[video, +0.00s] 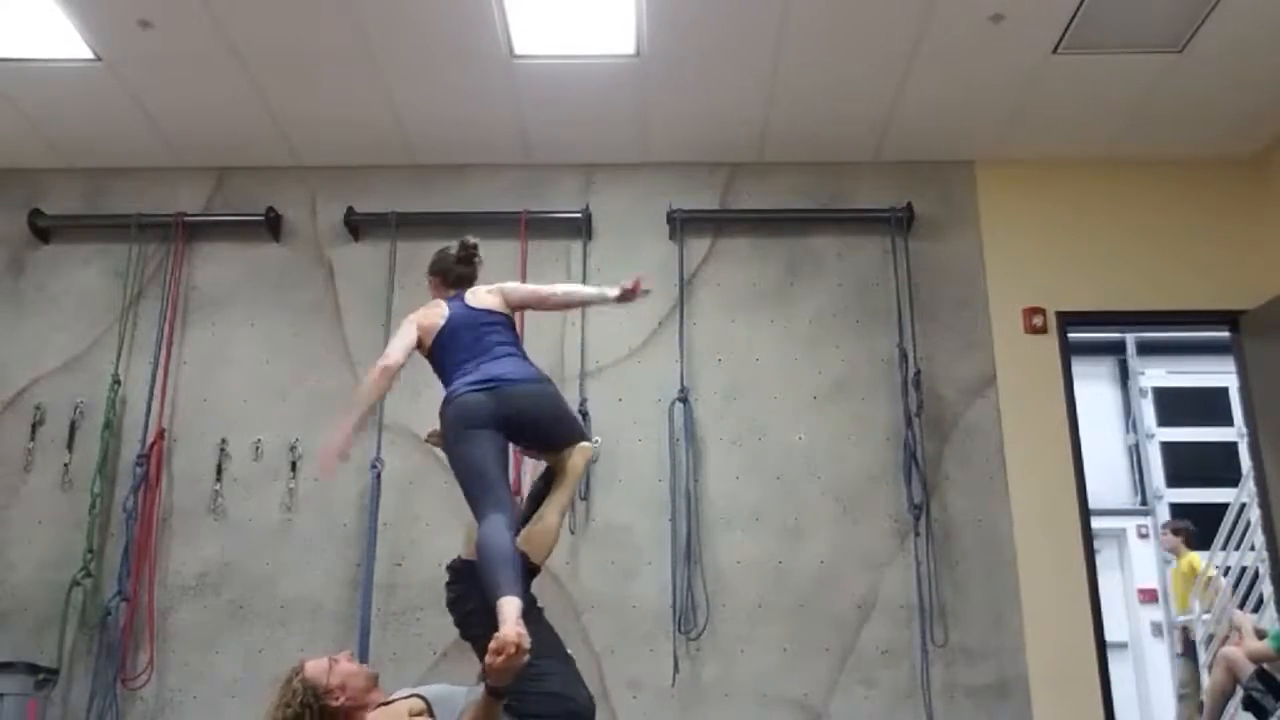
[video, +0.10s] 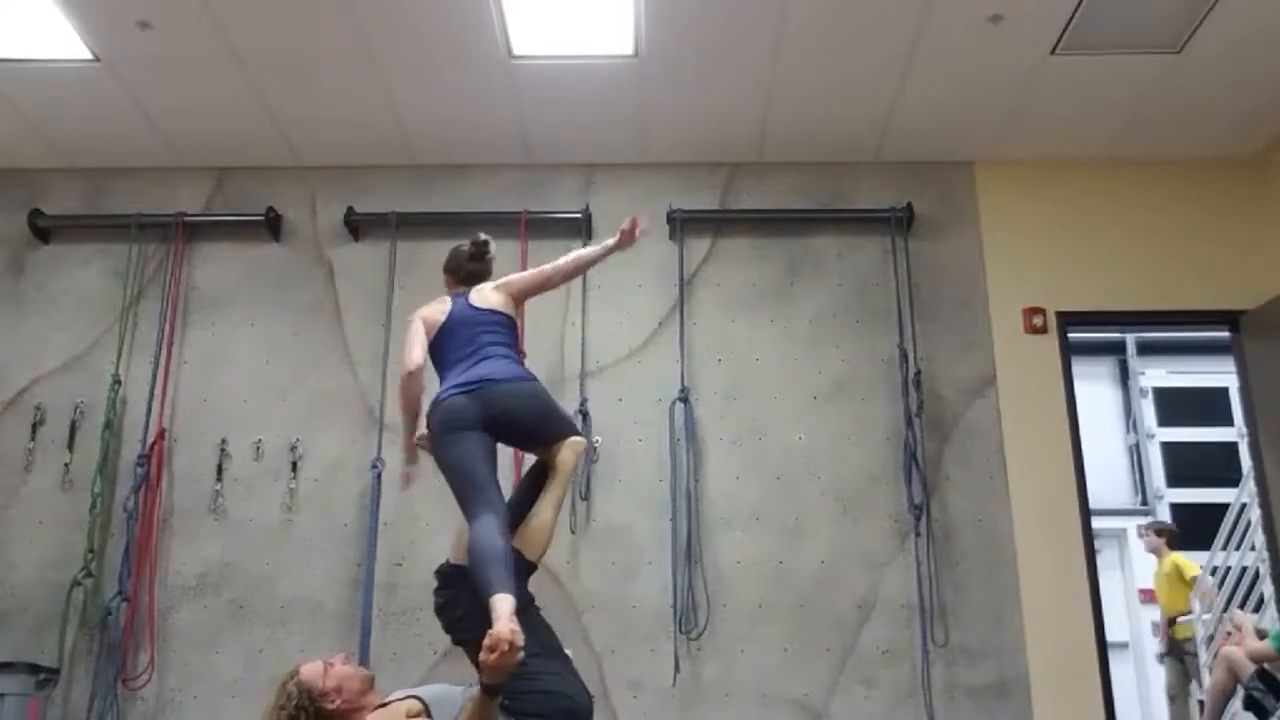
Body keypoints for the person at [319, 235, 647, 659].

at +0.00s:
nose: (429, 290)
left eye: (430, 284)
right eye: (432, 283)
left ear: (435, 284)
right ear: (469, 278)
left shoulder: (421, 319)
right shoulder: (498, 294)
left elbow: (387, 367)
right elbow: (555, 295)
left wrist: (346, 430)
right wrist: (614, 294)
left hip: (466, 407)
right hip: (530, 394)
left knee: (493, 513)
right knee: (572, 454)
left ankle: (510, 624)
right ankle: (522, 529)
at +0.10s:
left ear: (448, 281)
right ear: (486, 276)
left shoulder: (427, 314)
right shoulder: (503, 289)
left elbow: (411, 369)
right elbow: (564, 268)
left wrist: (410, 438)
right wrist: (615, 244)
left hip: (453, 408)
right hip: (512, 391)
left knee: (485, 514)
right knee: (565, 447)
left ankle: (504, 621)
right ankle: (508, 532)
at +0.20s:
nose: (508, 272)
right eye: (506, 267)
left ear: (464, 275)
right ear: (501, 271)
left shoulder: (433, 307)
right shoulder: (510, 286)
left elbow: (409, 359)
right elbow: (577, 266)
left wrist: (420, 426)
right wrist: (638, 238)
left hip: (438, 410)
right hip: (496, 394)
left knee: (467, 515)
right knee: (557, 436)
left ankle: (479, 621)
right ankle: (509, 523)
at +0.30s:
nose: (523, 264)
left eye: (519, 260)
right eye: (521, 259)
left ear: (474, 263)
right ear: (513, 263)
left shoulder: (440, 295)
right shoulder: (522, 284)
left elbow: (407, 350)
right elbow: (601, 275)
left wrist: (398, 423)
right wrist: (675, 261)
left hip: (436, 408)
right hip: (502, 399)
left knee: (469, 516)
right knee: (527, 450)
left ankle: (489, 615)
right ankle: (499, 527)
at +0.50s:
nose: (544, 273)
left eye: (532, 263)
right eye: (545, 266)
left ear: (502, 260)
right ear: (543, 266)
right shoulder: (544, 289)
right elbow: (625, 311)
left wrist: (357, 387)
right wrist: (693, 325)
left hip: (412, 395)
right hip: (478, 396)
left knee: (435, 515)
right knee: (502, 446)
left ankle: (442, 593)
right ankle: (471, 525)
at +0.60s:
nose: (554, 274)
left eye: (551, 268)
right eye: (554, 269)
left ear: (510, 261)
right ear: (549, 266)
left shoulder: (469, 284)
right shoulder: (550, 289)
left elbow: (403, 330)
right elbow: (631, 310)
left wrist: (387, 383)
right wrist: (704, 324)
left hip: (408, 397)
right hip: (474, 395)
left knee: (435, 522)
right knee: (507, 445)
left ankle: (439, 588)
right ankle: (473, 526)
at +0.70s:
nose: (557, 272)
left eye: (552, 265)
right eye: (558, 266)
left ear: (514, 259)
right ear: (554, 262)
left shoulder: (476, 279)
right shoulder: (553, 284)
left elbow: (424, 321)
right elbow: (633, 304)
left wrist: (433, 373)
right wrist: (709, 318)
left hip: (408, 398)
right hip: (473, 391)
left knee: (437, 520)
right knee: (517, 437)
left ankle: (438, 591)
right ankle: (480, 522)